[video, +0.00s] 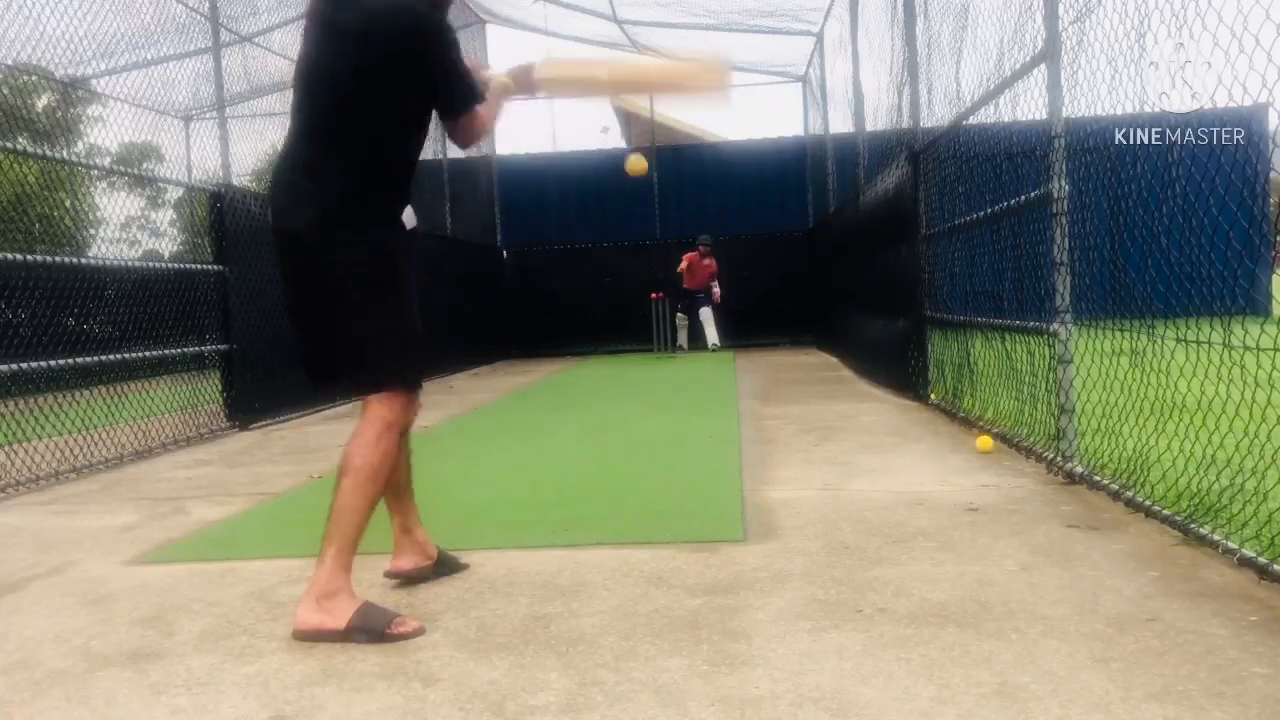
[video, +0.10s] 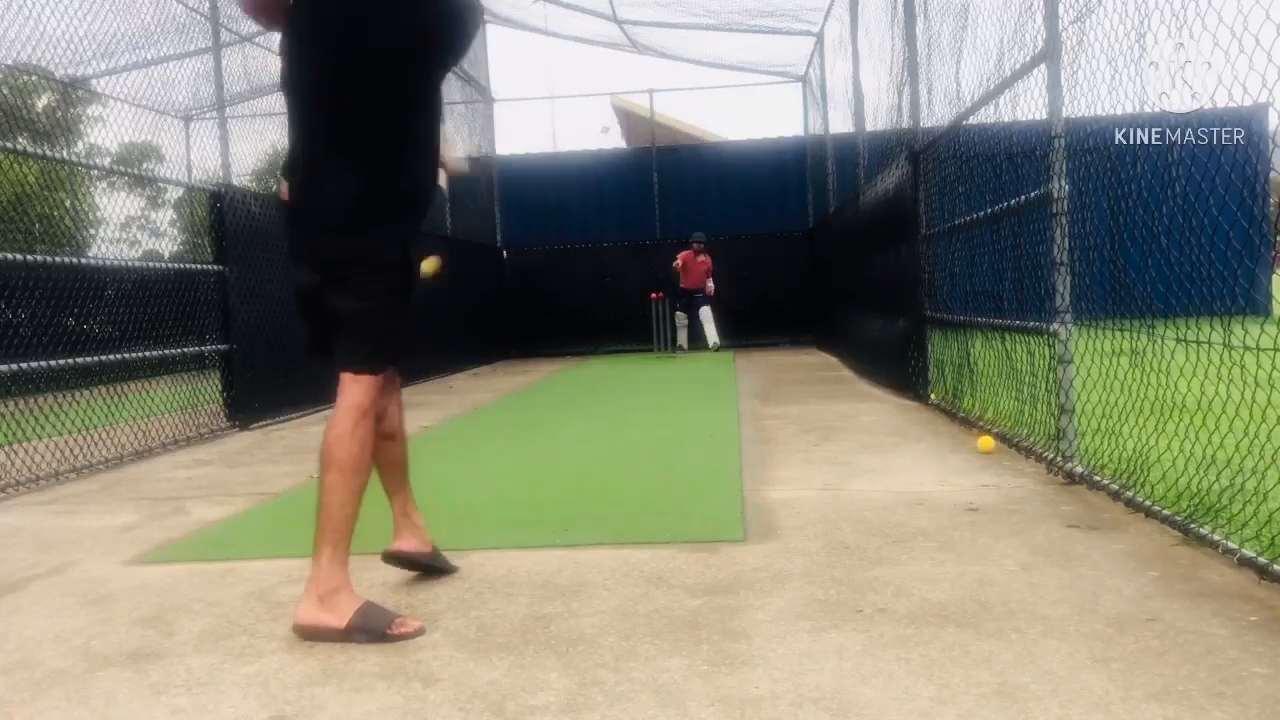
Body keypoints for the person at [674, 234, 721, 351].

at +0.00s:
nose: (705, 249)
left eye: (707, 246)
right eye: (702, 246)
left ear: (710, 248)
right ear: (698, 246)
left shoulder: (711, 261)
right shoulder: (690, 257)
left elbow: (713, 279)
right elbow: (684, 263)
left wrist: (716, 290)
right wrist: (682, 268)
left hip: (702, 292)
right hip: (688, 291)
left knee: (706, 314)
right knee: (681, 318)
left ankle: (713, 344)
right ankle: (682, 345)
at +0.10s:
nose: (699, 246)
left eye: (701, 243)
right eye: (697, 243)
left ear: (704, 244)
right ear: (692, 244)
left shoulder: (706, 259)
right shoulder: (685, 255)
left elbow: (708, 276)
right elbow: (678, 262)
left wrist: (710, 286)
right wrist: (676, 265)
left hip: (700, 291)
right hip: (685, 290)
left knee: (706, 314)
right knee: (681, 318)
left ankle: (713, 343)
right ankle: (681, 346)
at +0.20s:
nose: (693, 244)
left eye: (695, 241)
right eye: (691, 241)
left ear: (699, 243)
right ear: (688, 242)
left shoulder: (703, 257)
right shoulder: (680, 255)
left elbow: (707, 274)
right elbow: (673, 269)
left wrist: (707, 282)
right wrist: (674, 267)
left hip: (698, 290)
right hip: (683, 290)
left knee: (706, 313)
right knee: (681, 317)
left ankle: (712, 343)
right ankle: (682, 346)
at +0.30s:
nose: (690, 243)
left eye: (692, 241)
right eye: (688, 241)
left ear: (696, 242)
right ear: (685, 242)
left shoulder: (702, 256)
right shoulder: (678, 256)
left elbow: (706, 273)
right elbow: (673, 270)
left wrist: (707, 280)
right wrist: (675, 271)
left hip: (698, 290)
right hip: (683, 290)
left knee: (704, 315)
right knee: (681, 317)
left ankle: (712, 344)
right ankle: (682, 345)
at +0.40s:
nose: (689, 243)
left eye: (691, 241)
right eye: (687, 241)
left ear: (696, 241)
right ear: (684, 242)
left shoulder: (703, 255)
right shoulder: (679, 256)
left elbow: (708, 272)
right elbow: (675, 272)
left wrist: (707, 280)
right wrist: (678, 274)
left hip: (699, 289)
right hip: (684, 290)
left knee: (704, 315)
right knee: (681, 317)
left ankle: (711, 344)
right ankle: (682, 345)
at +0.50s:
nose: (689, 244)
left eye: (691, 241)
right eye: (687, 241)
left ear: (696, 241)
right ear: (684, 243)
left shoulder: (703, 255)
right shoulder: (679, 256)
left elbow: (710, 271)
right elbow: (676, 272)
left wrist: (709, 278)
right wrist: (680, 275)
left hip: (700, 288)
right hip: (685, 289)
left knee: (705, 315)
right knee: (682, 316)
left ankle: (711, 344)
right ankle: (682, 345)